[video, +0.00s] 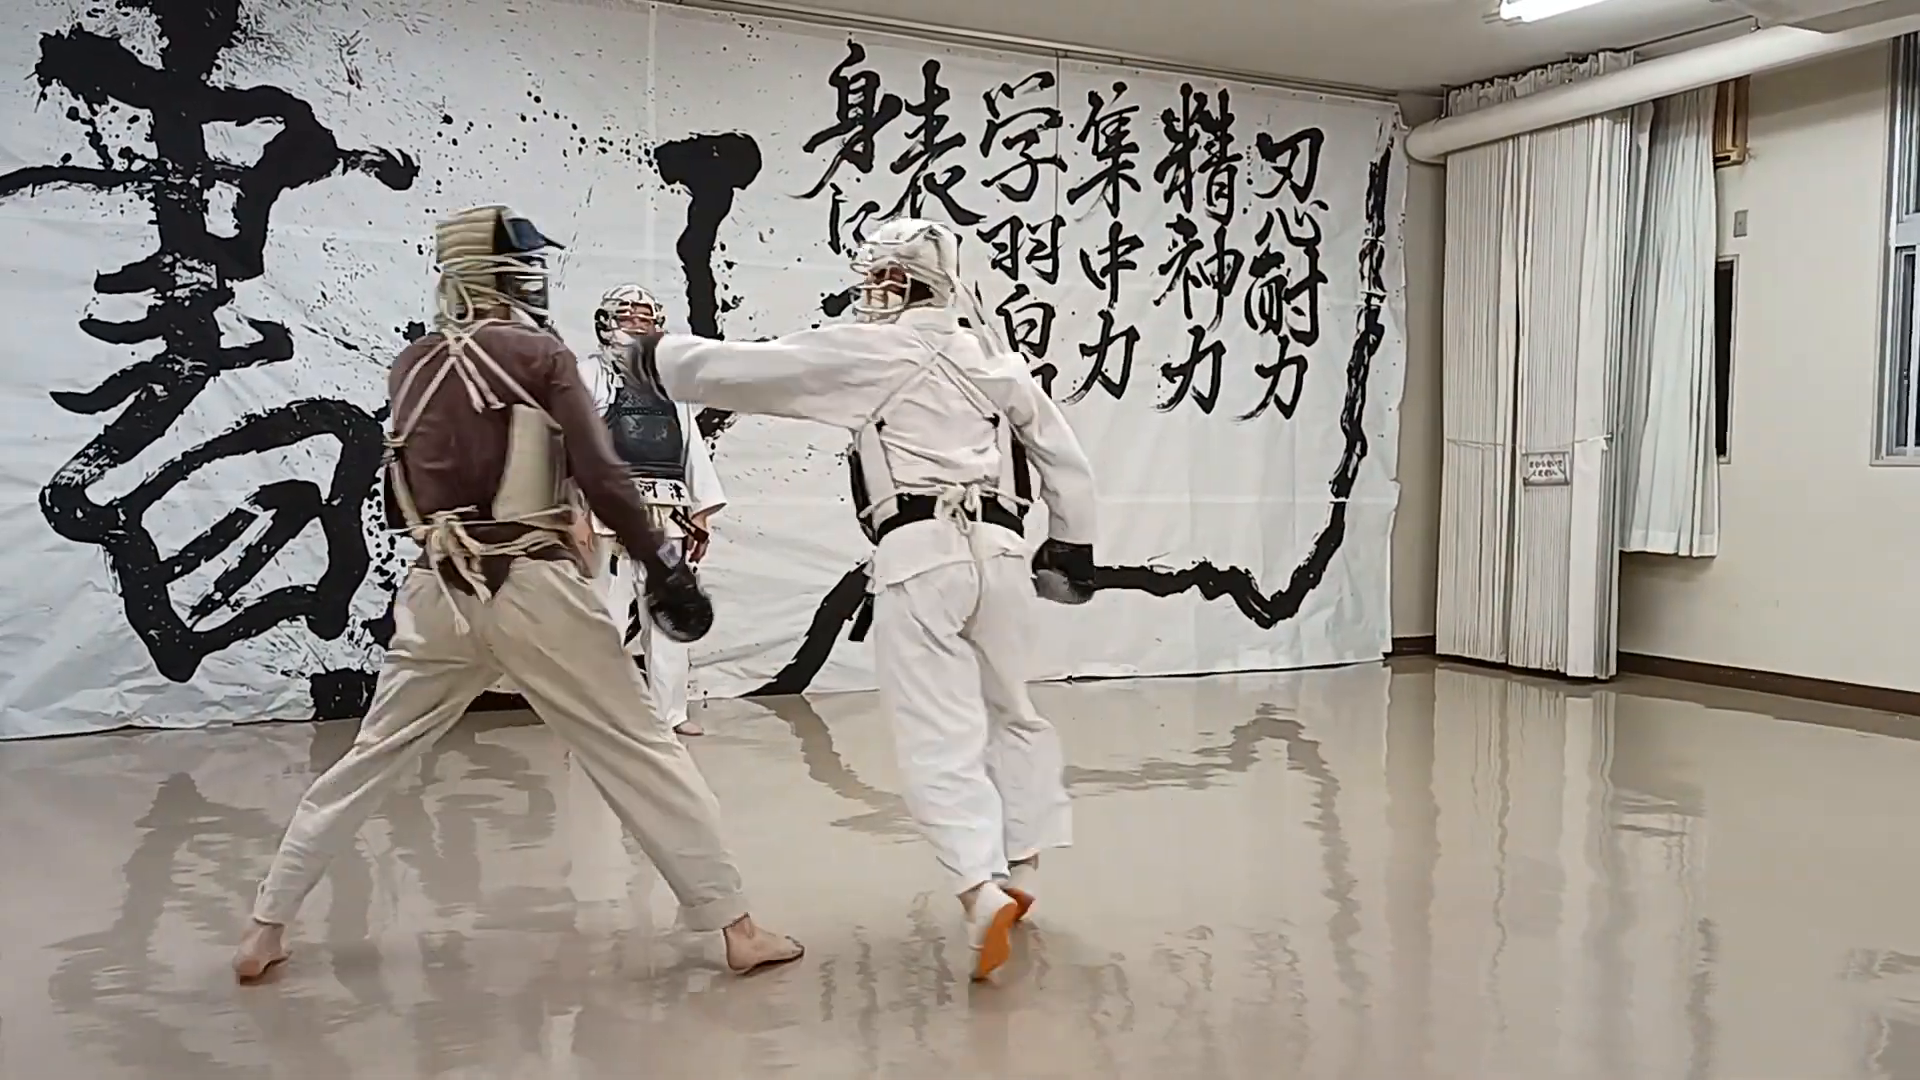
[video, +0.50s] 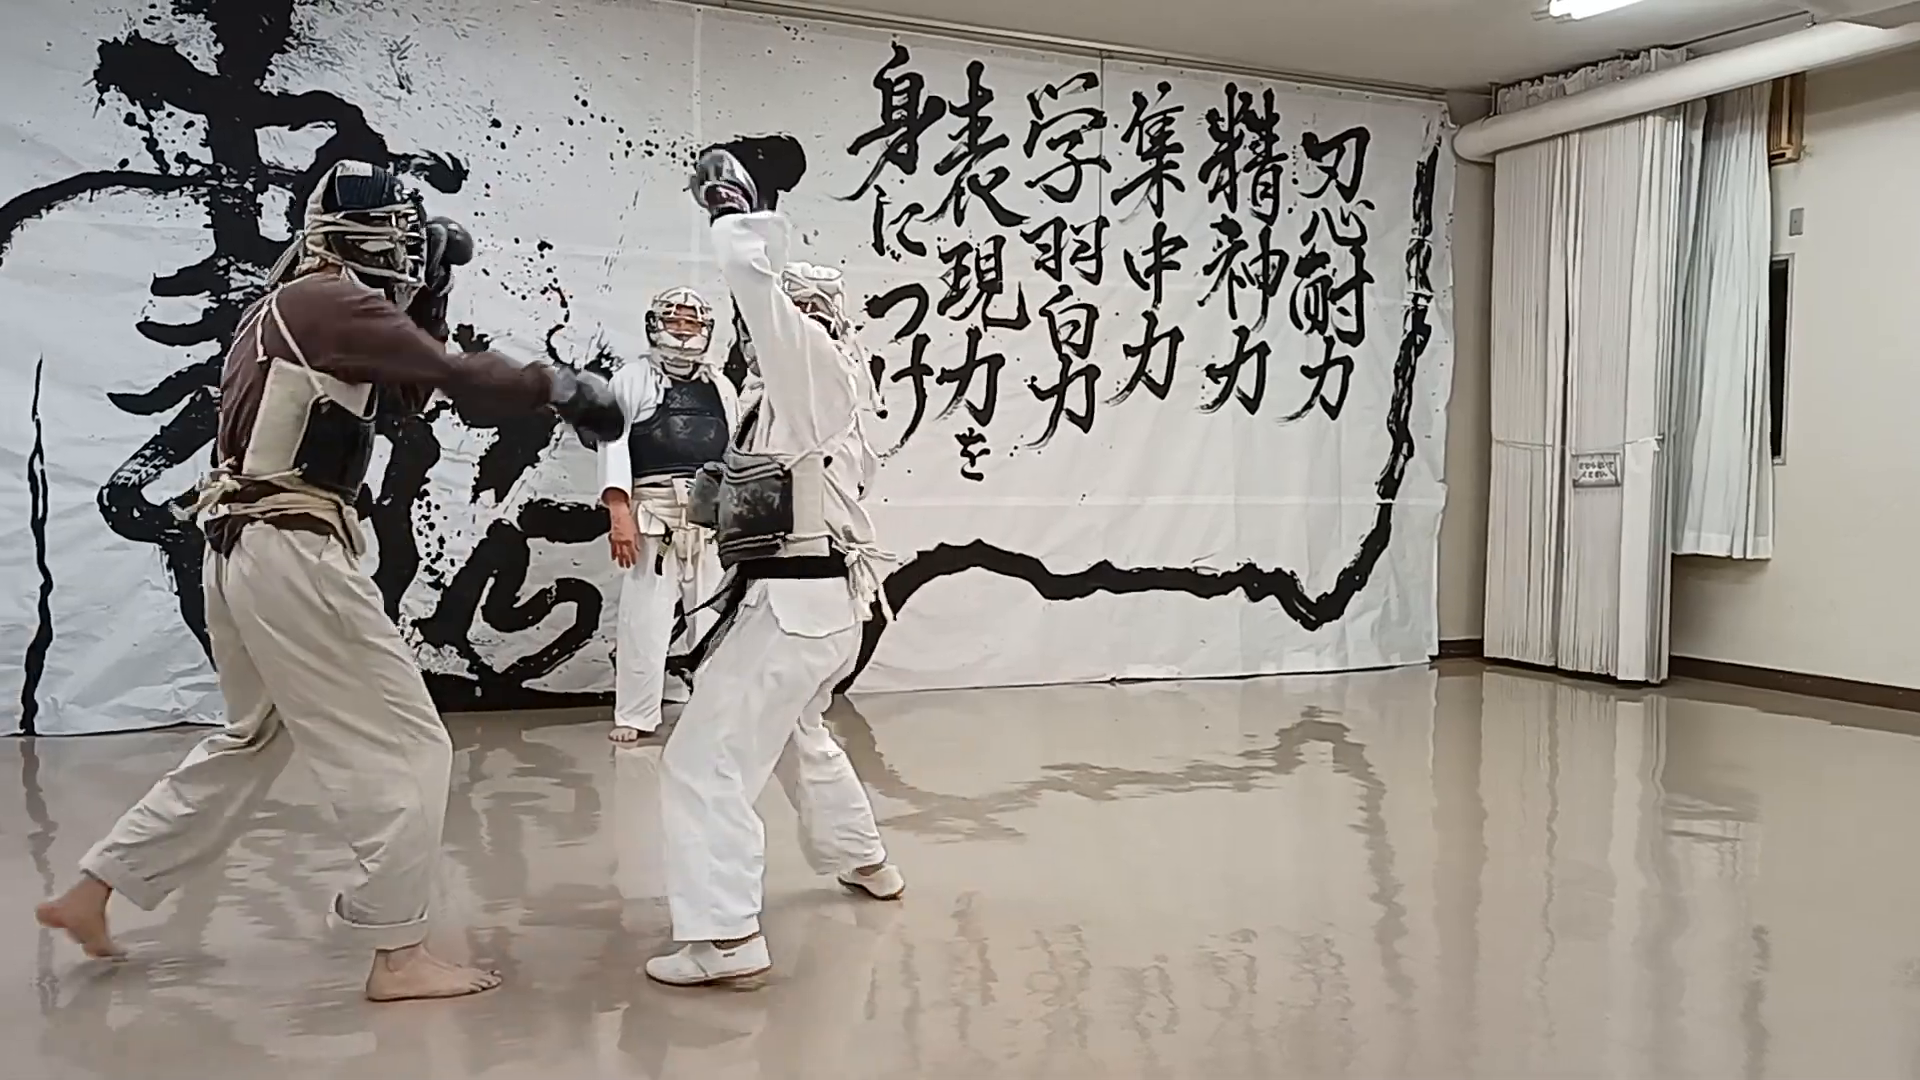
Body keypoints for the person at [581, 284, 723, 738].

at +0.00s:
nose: (636, 320)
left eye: (645, 313)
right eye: (627, 312)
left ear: (659, 324)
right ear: (606, 321)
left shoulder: (670, 375)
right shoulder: (590, 372)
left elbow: (693, 447)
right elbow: (576, 443)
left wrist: (701, 513)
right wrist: (579, 516)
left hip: (668, 513)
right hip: (608, 511)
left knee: (670, 620)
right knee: (605, 620)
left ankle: (672, 713)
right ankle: (592, 711)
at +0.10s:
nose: (640, 322)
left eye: (649, 316)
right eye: (631, 315)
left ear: (660, 324)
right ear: (614, 322)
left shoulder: (676, 382)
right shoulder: (590, 375)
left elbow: (698, 449)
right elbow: (570, 445)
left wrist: (706, 514)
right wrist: (577, 512)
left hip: (672, 512)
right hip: (608, 512)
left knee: (674, 618)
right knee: (604, 618)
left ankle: (672, 714)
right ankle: (600, 717)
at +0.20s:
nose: (645, 323)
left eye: (654, 317)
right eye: (636, 316)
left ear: (665, 325)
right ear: (618, 322)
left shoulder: (680, 381)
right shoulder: (594, 375)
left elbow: (705, 447)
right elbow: (574, 445)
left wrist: (713, 513)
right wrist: (581, 514)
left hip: (676, 514)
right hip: (614, 512)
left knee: (678, 619)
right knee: (606, 620)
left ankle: (675, 715)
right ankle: (600, 720)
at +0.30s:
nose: (658, 319)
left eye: (665, 313)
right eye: (648, 311)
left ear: (677, 322)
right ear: (629, 318)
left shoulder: (693, 377)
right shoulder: (606, 371)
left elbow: (706, 452)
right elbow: (583, 440)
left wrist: (714, 518)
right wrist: (590, 511)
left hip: (685, 513)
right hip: (623, 509)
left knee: (689, 621)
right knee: (616, 622)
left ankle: (691, 718)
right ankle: (606, 720)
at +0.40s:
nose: (670, 330)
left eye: (679, 323)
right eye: (659, 321)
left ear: (692, 329)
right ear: (639, 326)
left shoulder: (705, 384)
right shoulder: (616, 377)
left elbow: (725, 447)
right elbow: (597, 445)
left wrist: (731, 509)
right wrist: (603, 512)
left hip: (698, 517)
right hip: (637, 515)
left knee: (701, 625)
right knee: (629, 627)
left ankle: (715, 720)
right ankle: (620, 721)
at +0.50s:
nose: (683, 327)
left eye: (692, 321)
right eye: (674, 319)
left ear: (706, 330)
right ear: (655, 324)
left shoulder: (721, 385)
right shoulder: (632, 377)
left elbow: (736, 450)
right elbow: (614, 446)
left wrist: (739, 513)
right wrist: (619, 513)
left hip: (712, 517)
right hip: (651, 516)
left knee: (715, 625)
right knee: (643, 626)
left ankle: (728, 720)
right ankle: (635, 721)